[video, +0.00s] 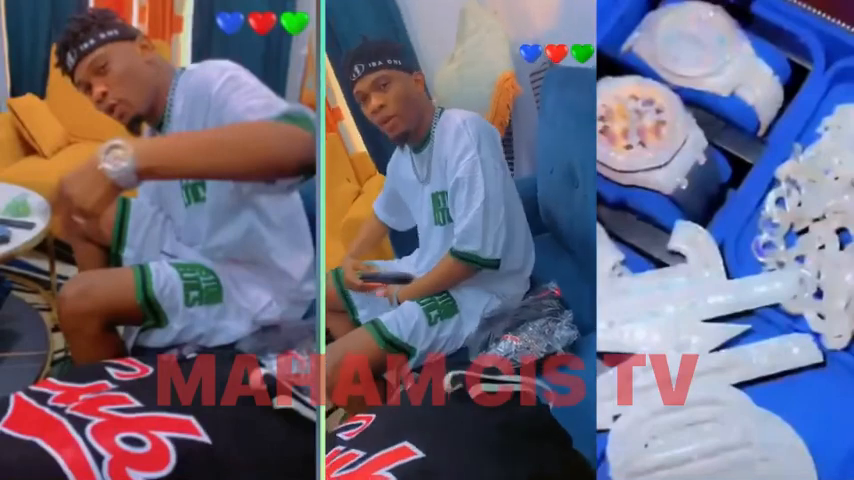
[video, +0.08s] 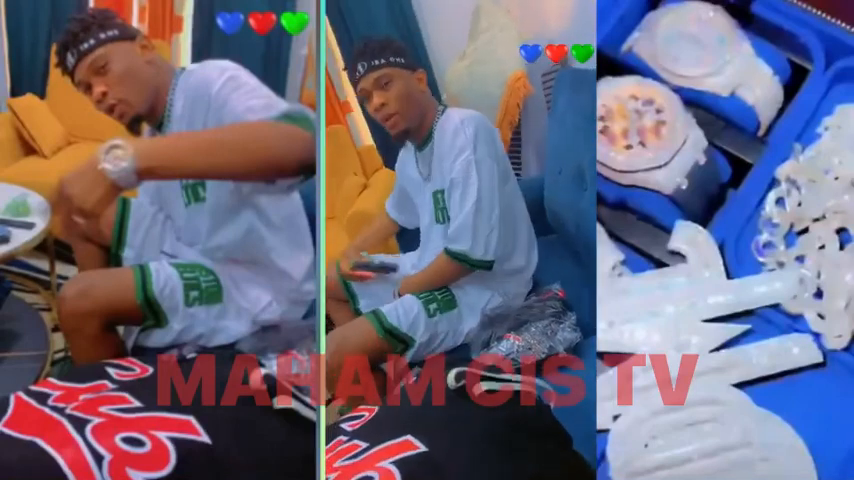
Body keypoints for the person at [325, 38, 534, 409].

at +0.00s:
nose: (375, 106)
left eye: (383, 86)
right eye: (364, 100)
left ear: (418, 81)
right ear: (363, 111)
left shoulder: (465, 134)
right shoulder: (402, 156)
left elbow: (476, 251)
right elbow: (385, 213)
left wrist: (405, 293)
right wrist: (352, 258)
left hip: (484, 285)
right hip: (430, 269)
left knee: (332, 362)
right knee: (328, 289)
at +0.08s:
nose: (378, 105)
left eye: (385, 85)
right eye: (368, 99)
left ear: (421, 80)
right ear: (367, 110)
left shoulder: (466, 132)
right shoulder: (409, 155)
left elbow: (469, 252)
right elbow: (395, 216)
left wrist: (403, 291)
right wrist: (354, 250)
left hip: (486, 284)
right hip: (433, 264)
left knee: (338, 348)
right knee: (331, 283)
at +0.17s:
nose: (372, 107)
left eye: (380, 89)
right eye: (364, 99)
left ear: (418, 80)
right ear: (362, 107)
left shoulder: (464, 132)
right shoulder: (411, 151)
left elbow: (463, 254)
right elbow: (396, 212)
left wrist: (403, 285)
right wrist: (352, 249)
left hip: (484, 286)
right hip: (433, 261)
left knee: (336, 345)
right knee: (331, 278)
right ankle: (385, 362)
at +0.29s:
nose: (365, 127)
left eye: (369, 110)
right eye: (361, 114)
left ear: (407, 100)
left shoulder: (463, 143)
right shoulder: (418, 151)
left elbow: (446, 270)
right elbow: (402, 216)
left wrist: (394, 283)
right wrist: (353, 250)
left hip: (488, 287)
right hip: (449, 262)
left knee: (342, 345)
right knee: (344, 269)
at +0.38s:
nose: (369, 134)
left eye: (372, 121)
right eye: (367, 122)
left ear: (405, 111)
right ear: (406, 112)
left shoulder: (460, 150)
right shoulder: (424, 149)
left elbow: (437, 271)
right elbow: (402, 218)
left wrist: (378, 283)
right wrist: (350, 252)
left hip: (491, 286)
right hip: (455, 263)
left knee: (347, 339)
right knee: (353, 268)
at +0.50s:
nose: (371, 134)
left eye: (373, 122)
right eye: (369, 124)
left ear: (408, 113)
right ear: (409, 114)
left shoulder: (461, 153)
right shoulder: (426, 147)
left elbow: (425, 269)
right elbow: (397, 213)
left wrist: (361, 283)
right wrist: (346, 247)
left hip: (492, 286)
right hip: (459, 260)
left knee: (353, 331)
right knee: (359, 259)